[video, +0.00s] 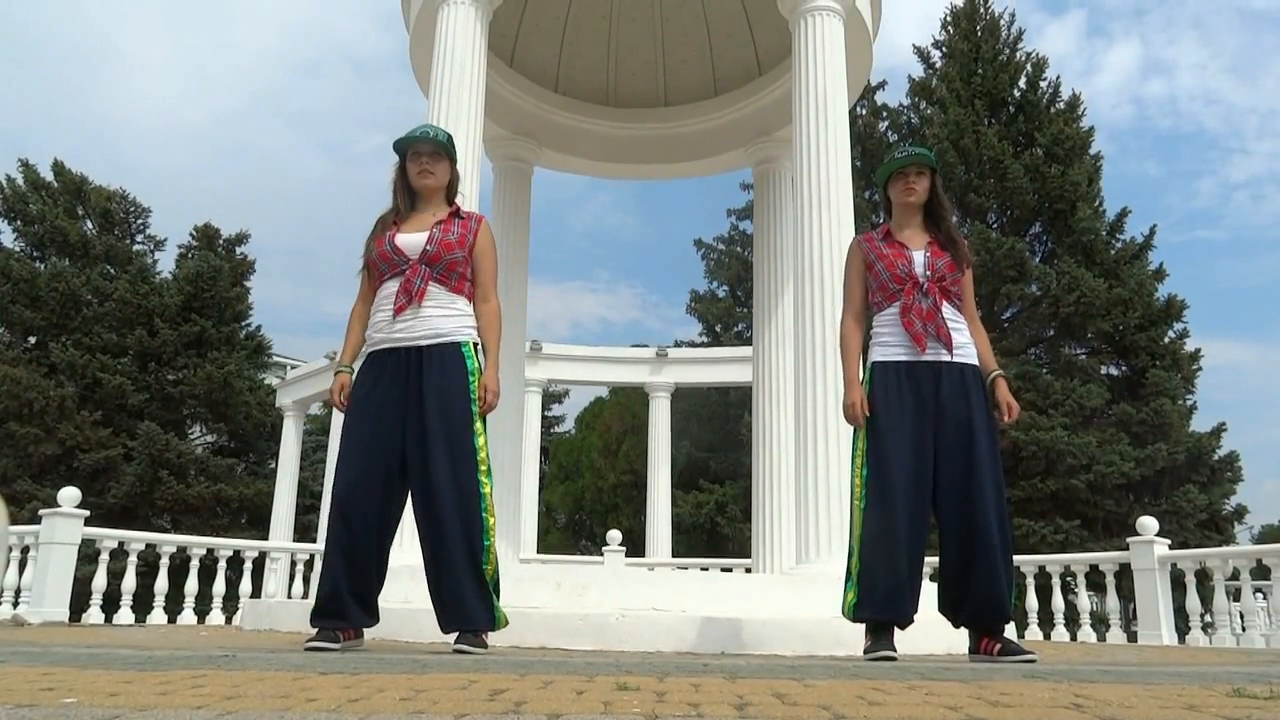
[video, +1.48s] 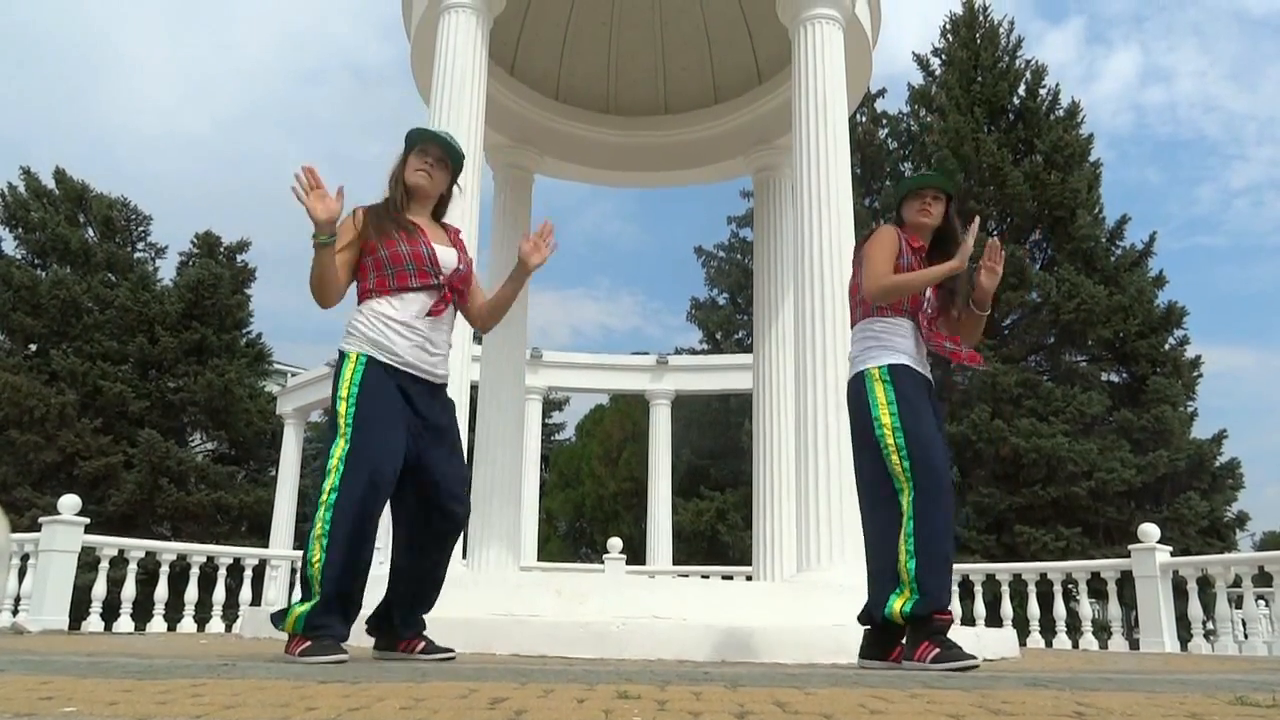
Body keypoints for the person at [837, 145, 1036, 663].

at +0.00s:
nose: (912, 180)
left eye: (920, 174)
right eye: (903, 174)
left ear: (933, 186)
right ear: (887, 186)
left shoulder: (954, 247)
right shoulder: (867, 246)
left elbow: (971, 318)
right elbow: (854, 317)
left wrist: (996, 377)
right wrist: (853, 382)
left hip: (960, 381)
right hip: (895, 381)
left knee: (976, 499)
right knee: (894, 501)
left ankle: (985, 633)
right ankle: (880, 628)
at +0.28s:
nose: (915, 176)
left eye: (924, 169)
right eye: (906, 170)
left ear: (936, 182)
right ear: (890, 183)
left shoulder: (955, 242)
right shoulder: (867, 237)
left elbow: (975, 318)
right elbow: (849, 311)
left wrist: (1012, 344)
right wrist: (850, 362)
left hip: (956, 380)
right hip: (893, 380)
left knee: (972, 496)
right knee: (892, 499)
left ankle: (968, 627)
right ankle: (881, 628)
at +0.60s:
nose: (927, 177)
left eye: (936, 172)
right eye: (917, 173)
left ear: (949, 190)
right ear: (902, 193)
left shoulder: (965, 243)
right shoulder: (887, 240)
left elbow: (993, 320)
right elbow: (899, 311)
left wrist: (999, 275)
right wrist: (971, 268)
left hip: (955, 383)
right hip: (900, 381)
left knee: (969, 489)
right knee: (938, 482)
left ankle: (938, 627)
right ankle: (926, 622)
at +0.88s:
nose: (930, 147)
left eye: (939, 141)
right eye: (919, 142)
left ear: (955, 160)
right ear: (902, 162)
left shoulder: (972, 222)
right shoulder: (886, 213)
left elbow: (1011, 290)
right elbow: (855, 286)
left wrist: (1048, 251)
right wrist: (895, 217)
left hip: (950, 370)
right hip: (901, 363)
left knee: (936, 480)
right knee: (937, 475)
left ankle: (884, 596)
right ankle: (924, 630)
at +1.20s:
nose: (945, 172)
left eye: (954, 166)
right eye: (934, 164)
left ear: (962, 180)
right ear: (914, 176)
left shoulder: (956, 248)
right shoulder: (898, 219)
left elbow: (987, 315)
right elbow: (882, 281)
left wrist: (1019, 281)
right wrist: (937, 217)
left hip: (920, 381)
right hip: (886, 371)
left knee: (897, 498)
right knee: (936, 479)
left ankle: (884, 632)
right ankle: (921, 630)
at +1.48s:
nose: (927, 203)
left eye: (937, 199)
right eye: (918, 197)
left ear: (945, 216)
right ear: (901, 206)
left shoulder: (937, 266)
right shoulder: (887, 236)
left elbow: (964, 337)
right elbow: (874, 287)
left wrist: (983, 297)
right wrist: (954, 266)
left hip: (909, 375)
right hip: (884, 368)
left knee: (895, 499)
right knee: (928, 483)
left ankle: (884, 631)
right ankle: (922, 632)